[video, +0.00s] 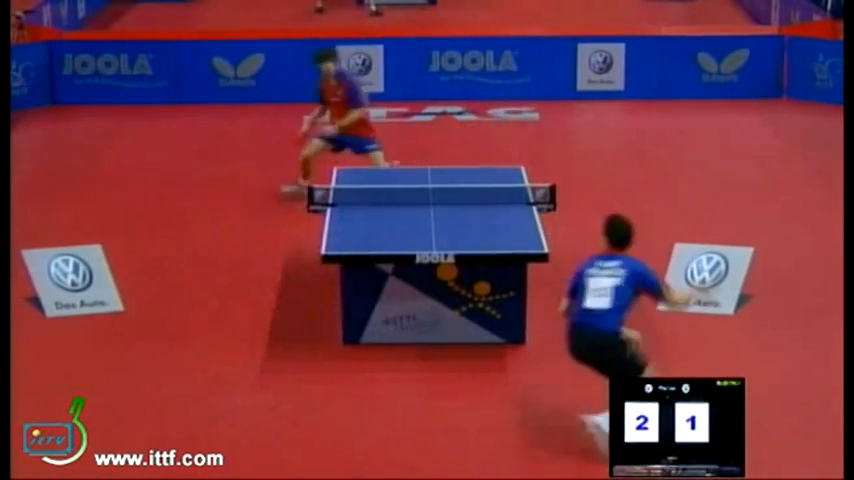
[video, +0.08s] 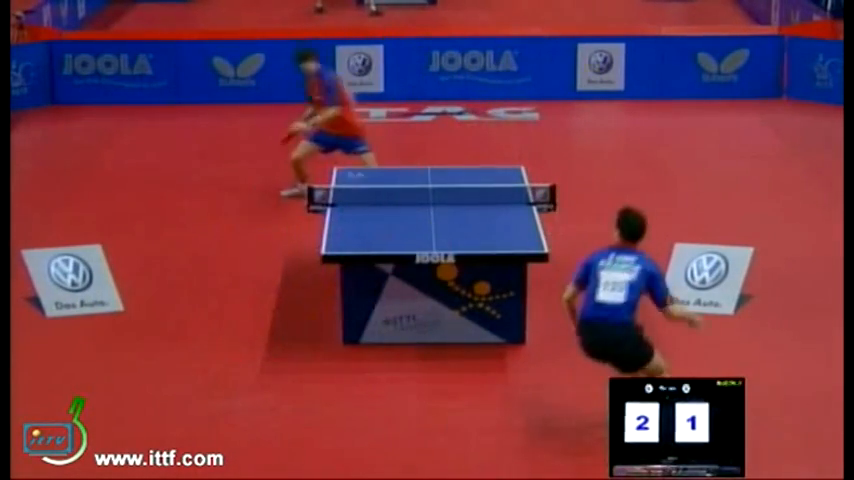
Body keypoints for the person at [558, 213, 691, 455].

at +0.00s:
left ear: (605, 237)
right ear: (631, 239)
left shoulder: (588, 265)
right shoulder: (633, 268)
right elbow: (668, 297)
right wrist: (687, 298)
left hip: (577, 340)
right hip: (605, 341)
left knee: (624, 373)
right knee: (641, 373)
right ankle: (607, 419)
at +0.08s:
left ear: (618, 231)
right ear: (642, 233)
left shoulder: (597, 258)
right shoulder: (645, 264)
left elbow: (568, 297)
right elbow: (668, 310)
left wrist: (578, 326)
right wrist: (688, 317)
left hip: (589, 329)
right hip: (621, 331)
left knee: (636, 373)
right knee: (659, 372)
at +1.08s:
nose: (475, 290)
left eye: (478, 286)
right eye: (476, 286)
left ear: (484, 288)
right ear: (506, 287)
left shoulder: (467, 314)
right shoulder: (514, 311)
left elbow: (447, 348)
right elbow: (541, 333)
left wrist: (466, 305)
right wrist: (558, 299)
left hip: (492, 390)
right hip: (528, 379)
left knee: (450, 398)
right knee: (578, 393)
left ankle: (486, 436)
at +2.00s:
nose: (164, 255)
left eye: (165, 248)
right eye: (161, 249)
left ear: (181, 238)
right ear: (176, 241)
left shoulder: (216, 258)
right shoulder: (184, 263)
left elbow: (264, 285)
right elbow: (184, 294)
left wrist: (232, 315)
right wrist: (166, 325)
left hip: (241, 329)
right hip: (217, 328)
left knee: (207, 402)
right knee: (226, 384)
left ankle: (229, 463)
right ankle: (266, 427)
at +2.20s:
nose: (111, 259)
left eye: (113, 252)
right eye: (108, 253)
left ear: (130, 245)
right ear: (123, 249)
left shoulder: (166, 274)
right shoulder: (130, 276)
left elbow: (199, 315)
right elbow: (135, 316)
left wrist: (154, 335)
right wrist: (123, 349)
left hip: (171, 352)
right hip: (144, 351)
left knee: (141, 425)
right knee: (146, 417)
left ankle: (152, 471)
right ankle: (205, 428)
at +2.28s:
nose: (87, 257)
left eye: (89, 250)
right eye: (85, 251)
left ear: (107, 243)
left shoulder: (135, 276)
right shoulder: (109, 277)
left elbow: (162, 325)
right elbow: (121, 324)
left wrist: (115, 336)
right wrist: (103, 352)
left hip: (143, 356)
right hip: (120, 355)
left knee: (127, 434)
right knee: (106, 425)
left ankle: (156, 470)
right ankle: (169, 452)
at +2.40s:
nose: (45, 245)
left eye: (47, 238)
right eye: (44, 239)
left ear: (63, 233)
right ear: (62, 234)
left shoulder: (92, 265)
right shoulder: (67, 263)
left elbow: (117, 316)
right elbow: (78, 309)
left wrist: (69, 327)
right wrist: (45, 305)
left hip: (104, 352)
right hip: (77, 351)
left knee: (111, 426)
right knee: (73, 424)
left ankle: (144, 472)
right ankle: (77, 473)